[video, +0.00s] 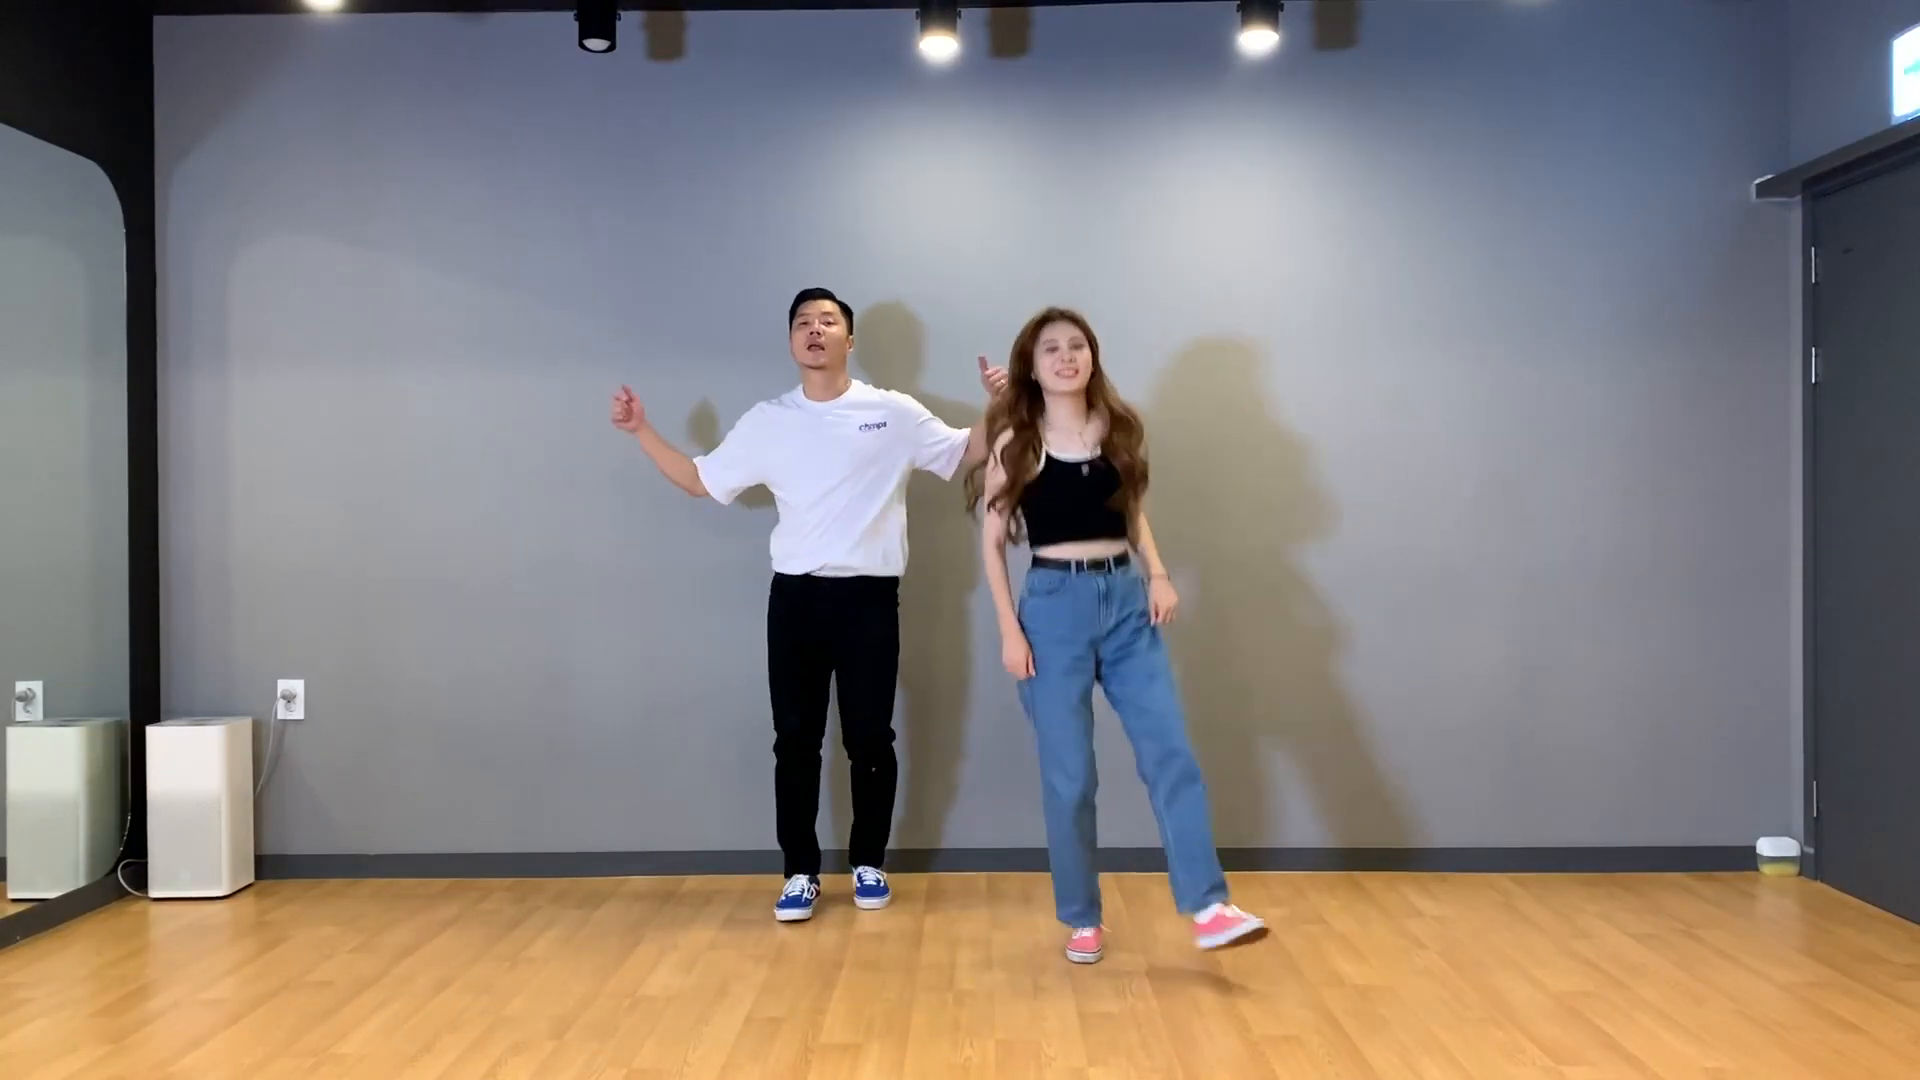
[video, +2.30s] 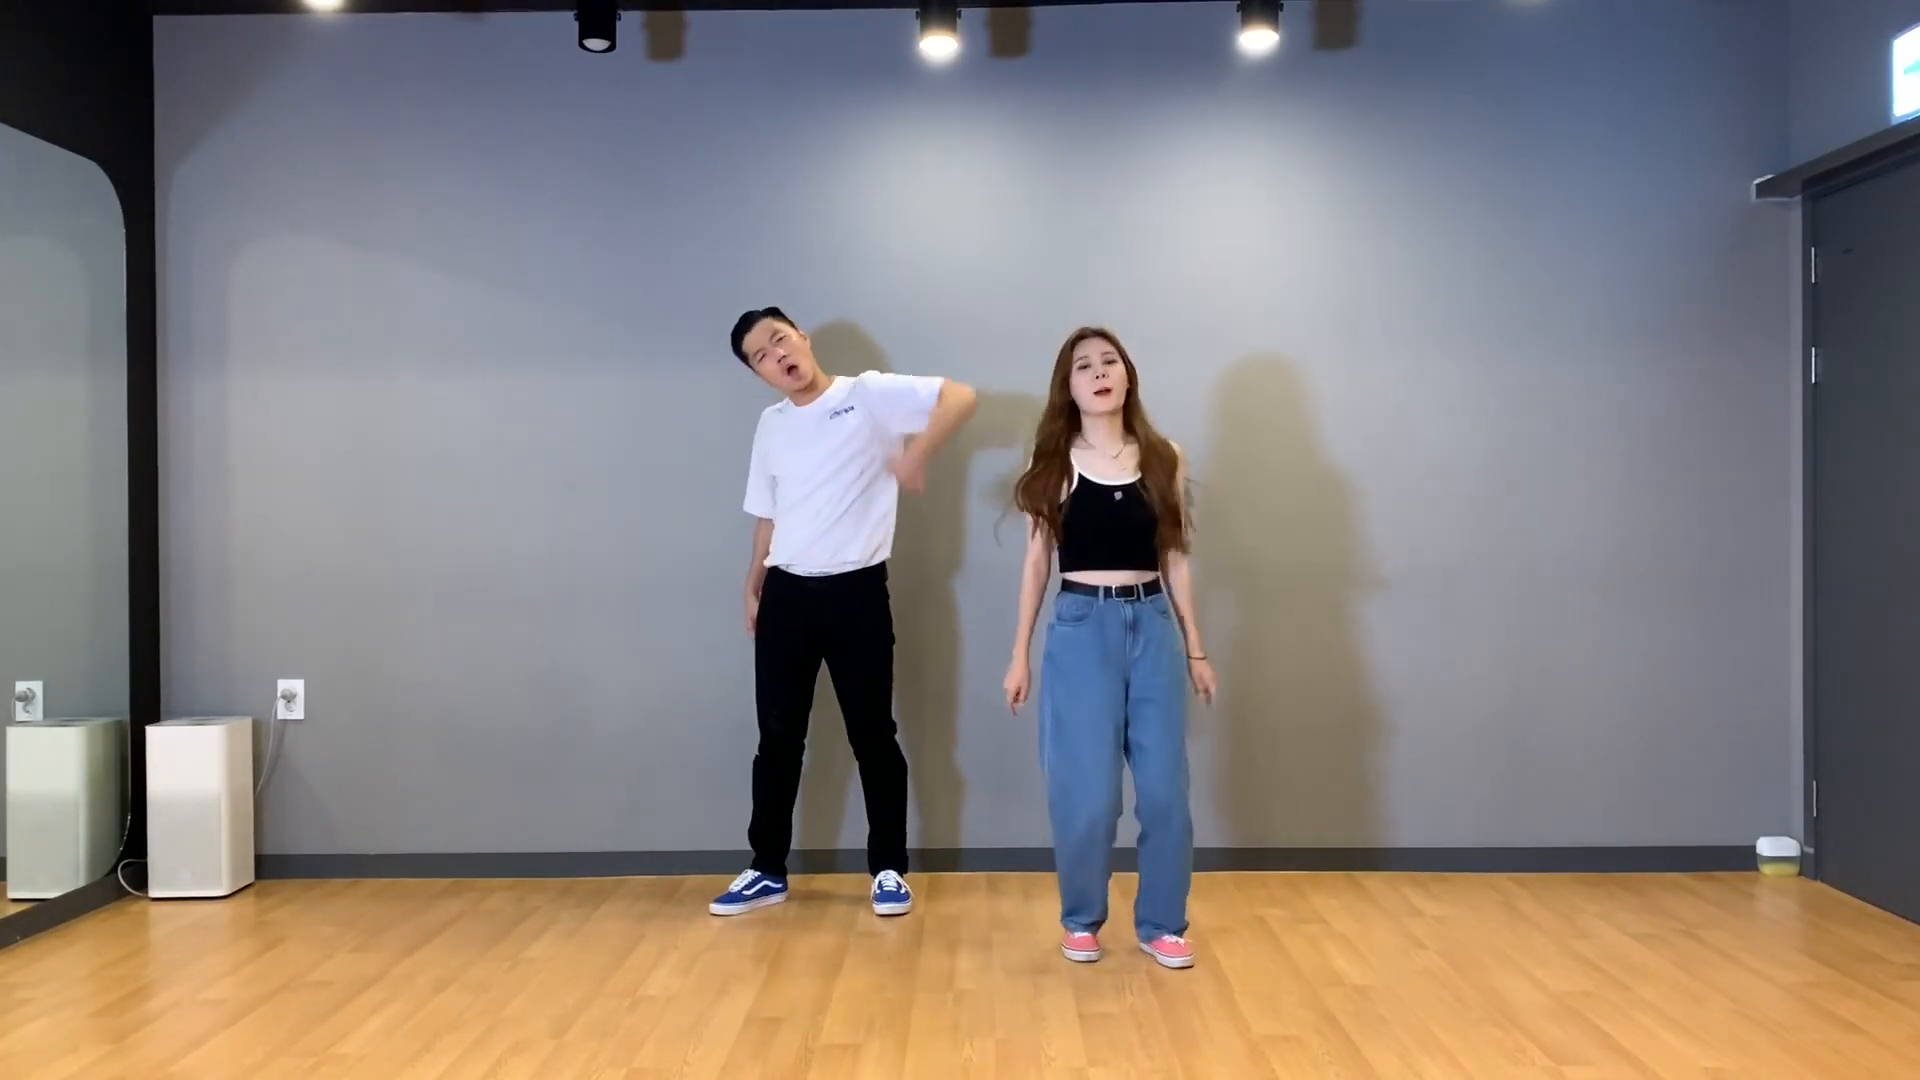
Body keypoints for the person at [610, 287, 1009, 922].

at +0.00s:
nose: (815, 328)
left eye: (828, 320)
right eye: (803, 322)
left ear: (850, 339)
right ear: (790, 344)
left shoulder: (892, 411)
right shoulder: (769, 420)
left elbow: (965, 454)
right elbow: (701, 479)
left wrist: (996, 405)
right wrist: (642, 430)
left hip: (870, 595)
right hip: (796, 596)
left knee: (870, 740)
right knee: (795, 742)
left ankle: (868, 867)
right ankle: (799, 874)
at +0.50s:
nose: (845, 380)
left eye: (856, 368)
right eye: (832, 369)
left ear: (873, 375)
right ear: (815, 377)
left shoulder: (894, 460)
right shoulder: (779, 432)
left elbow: (926, 547)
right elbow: (713, 486)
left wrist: (958, 485)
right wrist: (653, 485)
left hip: (878, 617)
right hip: (805, 614)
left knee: (908, 747)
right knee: (805, 755)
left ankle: (868, 861)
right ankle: (784, 874)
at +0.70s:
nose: (829, 360)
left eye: (841, 348)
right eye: (817, 348)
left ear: (858, 352)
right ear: (799, 353)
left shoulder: (891, 427)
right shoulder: (767, 422)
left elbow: (929, 512)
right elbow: (724, 506)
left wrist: (917, 590)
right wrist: (695, 578)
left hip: (866, 599)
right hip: (790, 598)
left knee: (871, 741)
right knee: (781, 738)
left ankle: (858, 860)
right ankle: (785, 871)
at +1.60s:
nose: (850, 337)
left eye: (860, 326)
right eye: (837, 331)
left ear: (884, 337)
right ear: (824, 347)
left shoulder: (913, 431)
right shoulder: (793, 408)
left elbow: (920, 515)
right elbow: (774, 493)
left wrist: (886, 570)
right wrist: (761, 563)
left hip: (886, 594)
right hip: (810, 591)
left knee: (887, 741)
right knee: (791, 736)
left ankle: (885, 871)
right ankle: (775, 870)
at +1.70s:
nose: (843, 345)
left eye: (852, 331)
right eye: (830, 340)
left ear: (879, 336)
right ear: (821, 353)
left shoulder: (913, 420)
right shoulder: (800, 406)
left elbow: (916, 492)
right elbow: (776, 491)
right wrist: (749, 560)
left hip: (877, 594)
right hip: (802, 589)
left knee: (880, 740)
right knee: (782, 735)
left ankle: (883, 871)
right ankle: (774, 870)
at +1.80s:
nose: (826, 353)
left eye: (834, 337)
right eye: (813, 346)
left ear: (862, 334)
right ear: (807, 355)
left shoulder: (893, 408)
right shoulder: (802, 407)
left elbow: (919, 436)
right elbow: (782, 493)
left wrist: (917, 344)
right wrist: (744, 555)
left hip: (867, 590)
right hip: (796, 589)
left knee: (877, 739)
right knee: (778, 735)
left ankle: (884, 870)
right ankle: (774, 869)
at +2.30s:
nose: (777, 355)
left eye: (779, 339)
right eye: (762, 357)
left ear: (805, 337)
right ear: (760, 376)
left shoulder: (867, 393)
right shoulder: (772, 427)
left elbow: (960, 396)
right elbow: (766, 518)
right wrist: (754, 584)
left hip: (857, 595)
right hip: (785, 597)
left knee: (873, 737)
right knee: (777, 740)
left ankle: (888, 871)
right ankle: (768, 871)